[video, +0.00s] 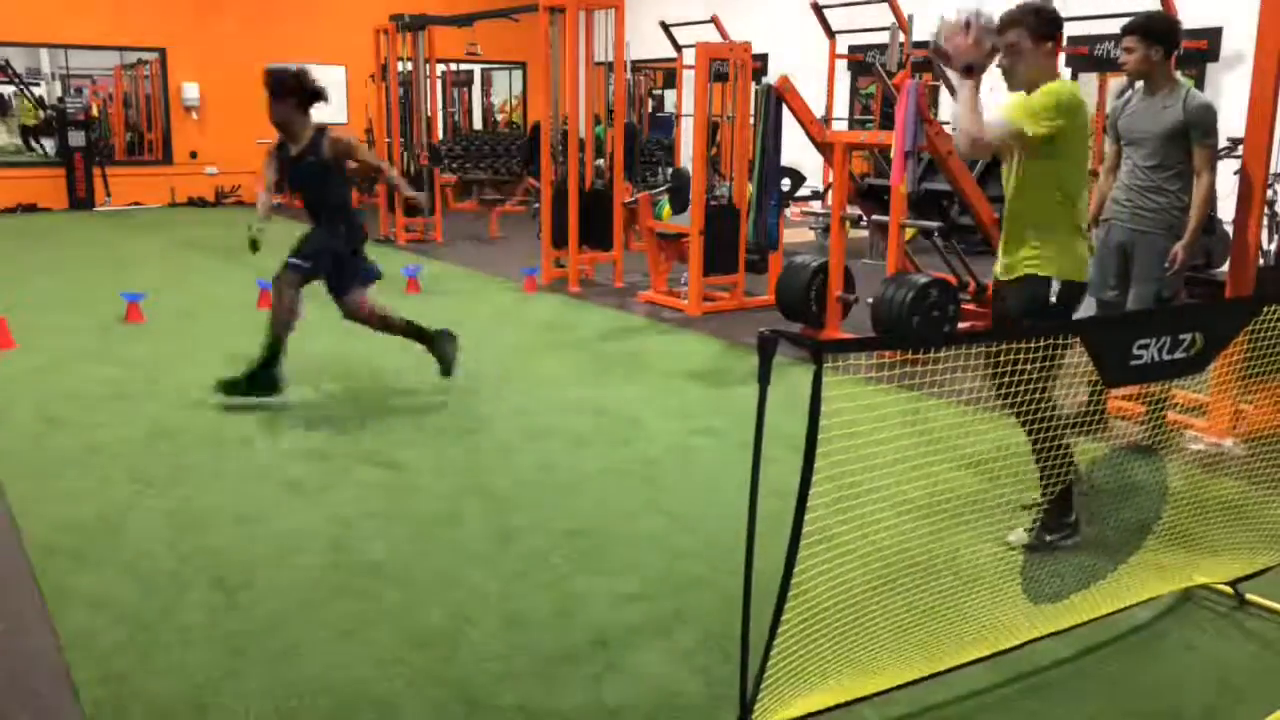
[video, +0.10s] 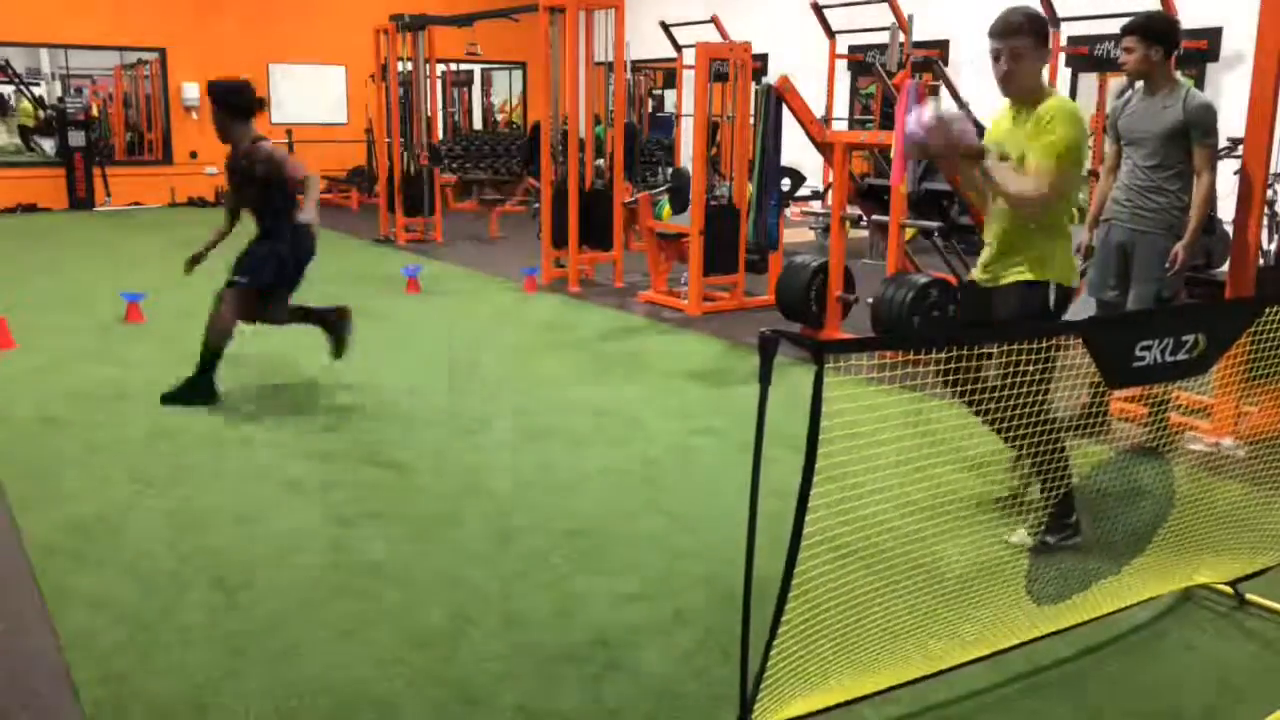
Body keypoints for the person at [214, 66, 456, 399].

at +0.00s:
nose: (271, 111)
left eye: (277, 102)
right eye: (271, 103)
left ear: (299, 105)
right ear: (276, 107)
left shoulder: (334, 145)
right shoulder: (280, 154)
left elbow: (381, 167)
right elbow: (267, 191)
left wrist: (408, 193)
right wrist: (259, 223)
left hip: (341, 231)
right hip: (326, 232)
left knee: (286, 284)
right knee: (356, 308)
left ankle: (267, 371)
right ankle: (432, 339)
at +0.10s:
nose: (214, 125)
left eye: (217, 117)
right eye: (214, 117)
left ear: (230, 118)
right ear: (241, 116)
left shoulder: (265, 153)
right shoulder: (236, 160)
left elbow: (310, 179)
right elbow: (231, 219)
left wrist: (309, 205)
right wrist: (203, 252)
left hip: (290, 236)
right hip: (271, 237)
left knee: (228, 301)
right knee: (254, 309)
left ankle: (203, 381)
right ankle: (327, 318)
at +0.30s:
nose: (131, 116)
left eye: (135, 110)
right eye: (132, 109)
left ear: (148, 114)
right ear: (164, 112)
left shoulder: (174, 145)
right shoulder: (172, 146)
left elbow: (188, 184)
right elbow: (185, 203)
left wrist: (136, 195)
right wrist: (166, 235)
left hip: (215, 227)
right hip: (209, 225)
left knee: (162, 289)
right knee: (170, 281)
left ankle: (192, 348)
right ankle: (179, 338)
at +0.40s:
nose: (110, 129)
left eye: (110, 122)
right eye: (109, 122)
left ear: (117, 122)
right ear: (139, 116)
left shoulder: (144, 143)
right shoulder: (152, 141)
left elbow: (168, 170)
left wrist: (148, 193)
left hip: (188, 220)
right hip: (204, 217)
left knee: (127, 261)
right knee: (150, 259)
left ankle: (161, 325)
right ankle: (173, 319)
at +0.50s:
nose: (84, 148)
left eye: (88, 140)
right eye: (84, 140)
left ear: (97, 139)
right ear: (111, 135)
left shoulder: (114, 157)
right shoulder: (126, 156)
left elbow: (155, 163)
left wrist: (192, 172)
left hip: (164, 224)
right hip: (186, 221)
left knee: (113, 263)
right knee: (142, 260)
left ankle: (101, 322)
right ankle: (174, 309)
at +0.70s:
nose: (60, 184)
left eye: (60, 179)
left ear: (63, 179)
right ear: (89, 173)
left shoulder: (83, 196)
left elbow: (132, 202)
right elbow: (120, 244)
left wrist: (169, 212)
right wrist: (138, 286)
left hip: (140, 256)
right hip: (160, 253)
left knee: (74, 256)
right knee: (102, 253)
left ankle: (91, 321)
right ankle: (116, 310)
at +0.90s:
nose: (63, 174)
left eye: (64, 169)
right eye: (64, 169)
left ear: (70, 170)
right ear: (92, 166)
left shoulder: (87, 188)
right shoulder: (109, 184)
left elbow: (104, 214)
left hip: (145, 250)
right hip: (162, 243)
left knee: (72, 258)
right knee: (106, 255)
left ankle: (102, 315)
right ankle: (116, 309)